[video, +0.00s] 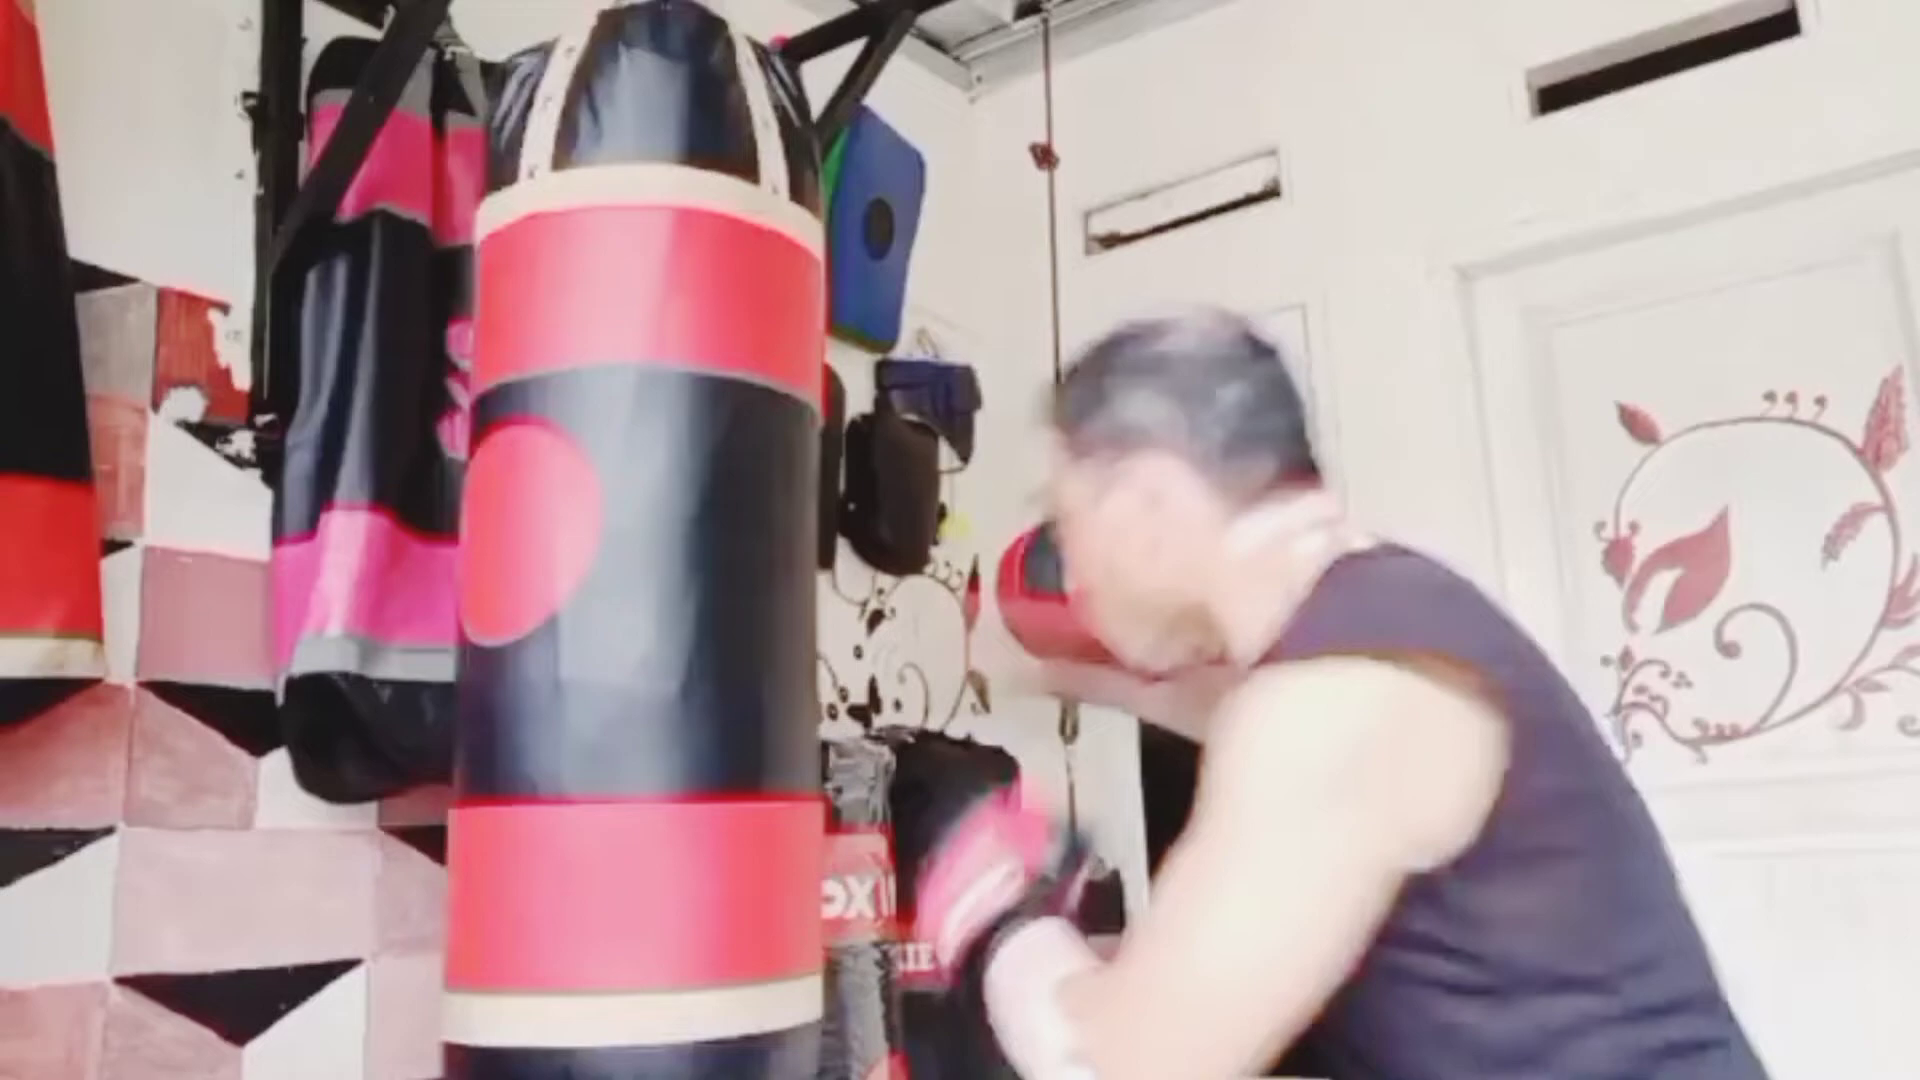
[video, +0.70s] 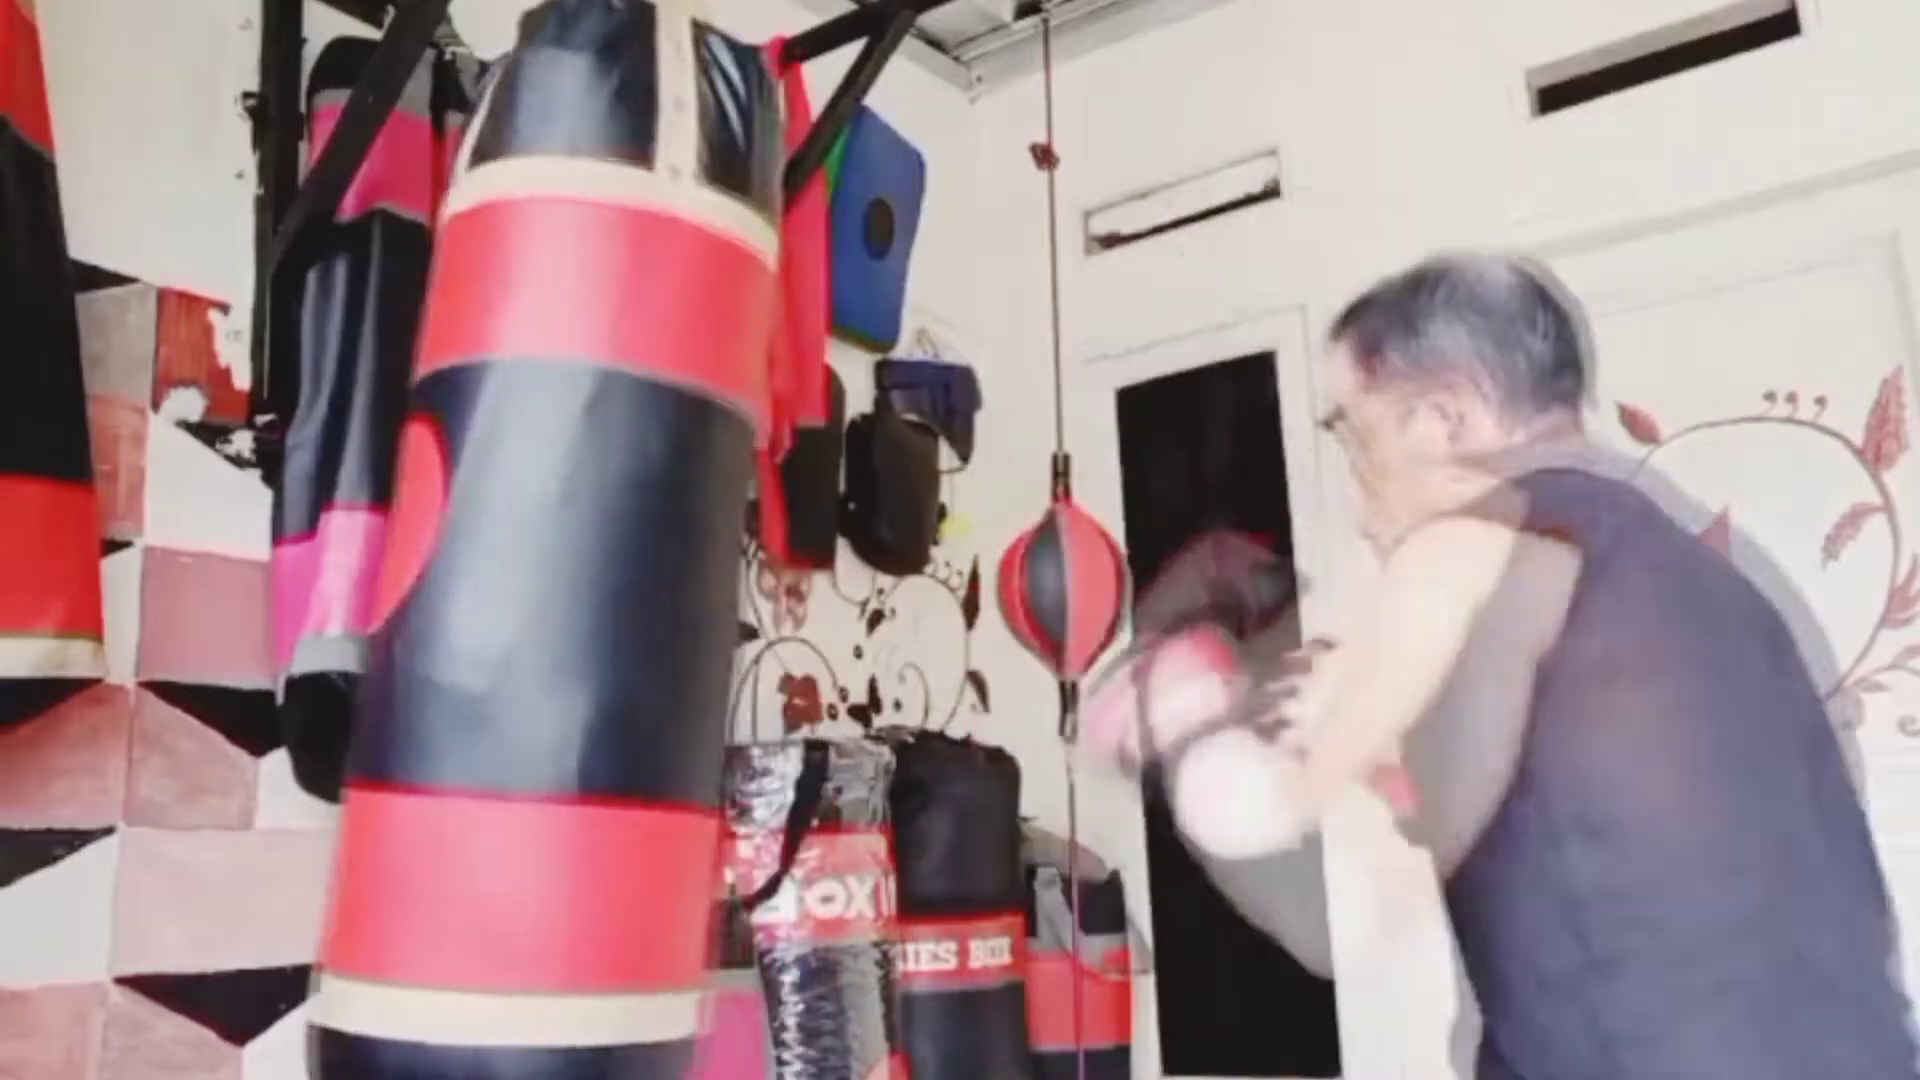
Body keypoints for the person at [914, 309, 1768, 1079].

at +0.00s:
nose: (1066, 565)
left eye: (1064, 516)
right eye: (1055, 524)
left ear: (1153, 487)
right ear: (1275, 460)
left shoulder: (1340, 693)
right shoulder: (1394, 619)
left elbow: (1127, 1060)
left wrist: (1009, 924)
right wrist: (1100, 676)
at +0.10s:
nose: (1064, 576)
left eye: (1063, 526)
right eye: (1056, 534)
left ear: (1149, 491)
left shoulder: (1379, 680)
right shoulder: (1311, 657)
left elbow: (1141, 1052)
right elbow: (1104, 656)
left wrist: (1022, 910)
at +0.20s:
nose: (1024, 580)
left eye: (1020, 538)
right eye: (1012, 543)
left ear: (1111, 507)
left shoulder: (1397, 741)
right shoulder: (1324, 567)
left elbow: (1200, 1071)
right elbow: (1177, 658)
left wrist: (1050, 905)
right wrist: (924, 656)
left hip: (1604, 1060)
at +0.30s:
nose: (1034, 560)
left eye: (1029, 518)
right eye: (1021, 525)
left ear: (1106, 470)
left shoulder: (1368, 713)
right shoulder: (1391, 538)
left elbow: (1204, 1071)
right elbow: (1391, 781)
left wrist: (1024, 940)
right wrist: (1151, 795)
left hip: (1610, 1068)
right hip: (1669, 1043)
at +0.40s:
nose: (1128, 499)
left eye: (1112, 454)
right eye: (1104, 465)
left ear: (1160, 408)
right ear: (1293, 357)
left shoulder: (1365, 628)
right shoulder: (1489, 483)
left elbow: (1115, 1034)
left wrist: (1039, 850)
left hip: (1572, 1061)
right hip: (1713, 1042)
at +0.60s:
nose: (1273, 439)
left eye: (1268, 392)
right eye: (1261, 400)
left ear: (1353, 365)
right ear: (1373, 358)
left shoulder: (1483, 531)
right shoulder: (1601, 505)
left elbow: (1320, 896)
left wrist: (1172, 710)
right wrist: (1327, 727)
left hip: (1629, 1056)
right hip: (1771, 1045)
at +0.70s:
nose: (1351, 479)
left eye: (1353, 433)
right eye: (1342, 440)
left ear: (1449, 414)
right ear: (1563, 404)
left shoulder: (1478, 546)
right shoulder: (1711, 543)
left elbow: (1358, 906)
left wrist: (1198, 748)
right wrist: (1362, 719)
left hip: (1633, 1055)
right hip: (1848, 1048)